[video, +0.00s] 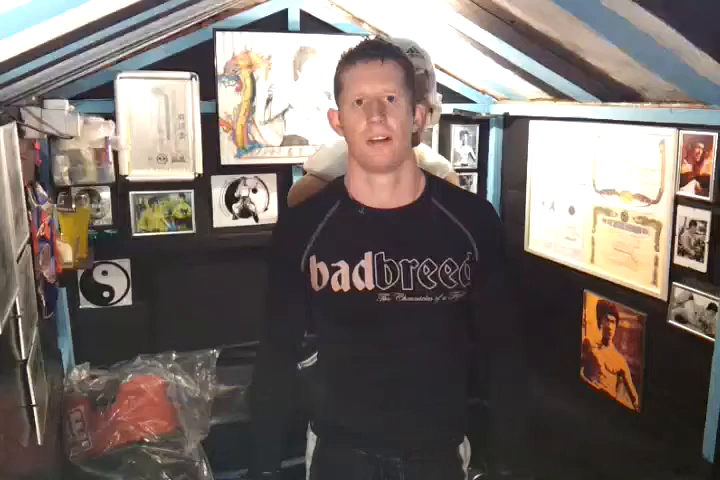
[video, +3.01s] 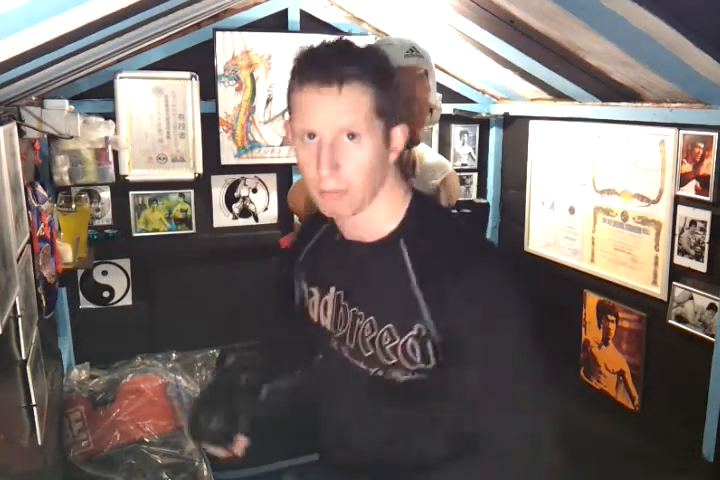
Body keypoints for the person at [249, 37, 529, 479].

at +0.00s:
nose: (376, 116)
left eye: (390, 99)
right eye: (360, 102)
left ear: (419, 117)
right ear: (338, 122)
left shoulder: (475, 222)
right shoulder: (302, 227)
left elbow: (502, 356)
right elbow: (277, 359)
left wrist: (499, 467)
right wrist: (272, 466)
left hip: (439, 458)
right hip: (340, 457)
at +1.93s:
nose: (383, 116)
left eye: (397, 100)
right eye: (366, 102)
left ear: (422, 117)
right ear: (342, 121)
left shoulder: (475, 221)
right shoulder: (302, 225)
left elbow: (501, 353)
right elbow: (275, 359)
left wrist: (499, 466)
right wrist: (270, 467)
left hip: (439, 459)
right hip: (341, 458)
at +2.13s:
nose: (383, 123)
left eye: (397, 105)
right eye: (365, 108)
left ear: (421, 119)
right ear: (339, 124)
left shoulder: (474, 223)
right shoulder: (299, 226)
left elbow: (510, 350)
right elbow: (266, 350)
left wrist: (473, 457)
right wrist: (288, 455)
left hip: (443, 454)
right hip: (338, 454)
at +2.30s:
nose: (372, 135)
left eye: (386, 114)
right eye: (353, 118)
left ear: (414, 120)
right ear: (330, 129)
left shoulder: (468, 224)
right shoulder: (293, 229)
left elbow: (501, 348)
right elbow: (257, 346)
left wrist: (452, 402)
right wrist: (319, 405)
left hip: (435, 458)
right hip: (334, 457)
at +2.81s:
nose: (321, 148)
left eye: (339, 123)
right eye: (303, 128)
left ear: (376, 127)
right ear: (284, 138)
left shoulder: (464, 237)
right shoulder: (280, 243)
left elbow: (520, 361)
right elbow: (262, 356)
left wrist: (445, 432)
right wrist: (280, 409)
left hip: (440, 466)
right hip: (325, 464)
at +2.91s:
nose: (323, 160)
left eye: (342, 133)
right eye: (304, 136)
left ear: (382, 135)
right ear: (285, 143)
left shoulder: (463, 251)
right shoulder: (298, 236)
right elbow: (270, 344)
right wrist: (254, 412)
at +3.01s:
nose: (326, 166)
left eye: (351, 137)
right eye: (309, 137)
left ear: (395, 143)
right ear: (291, 140)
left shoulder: (467, 270)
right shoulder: (313, 246)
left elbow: (520, 440)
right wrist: (248, 420)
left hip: (440, 465)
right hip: (340, 463)